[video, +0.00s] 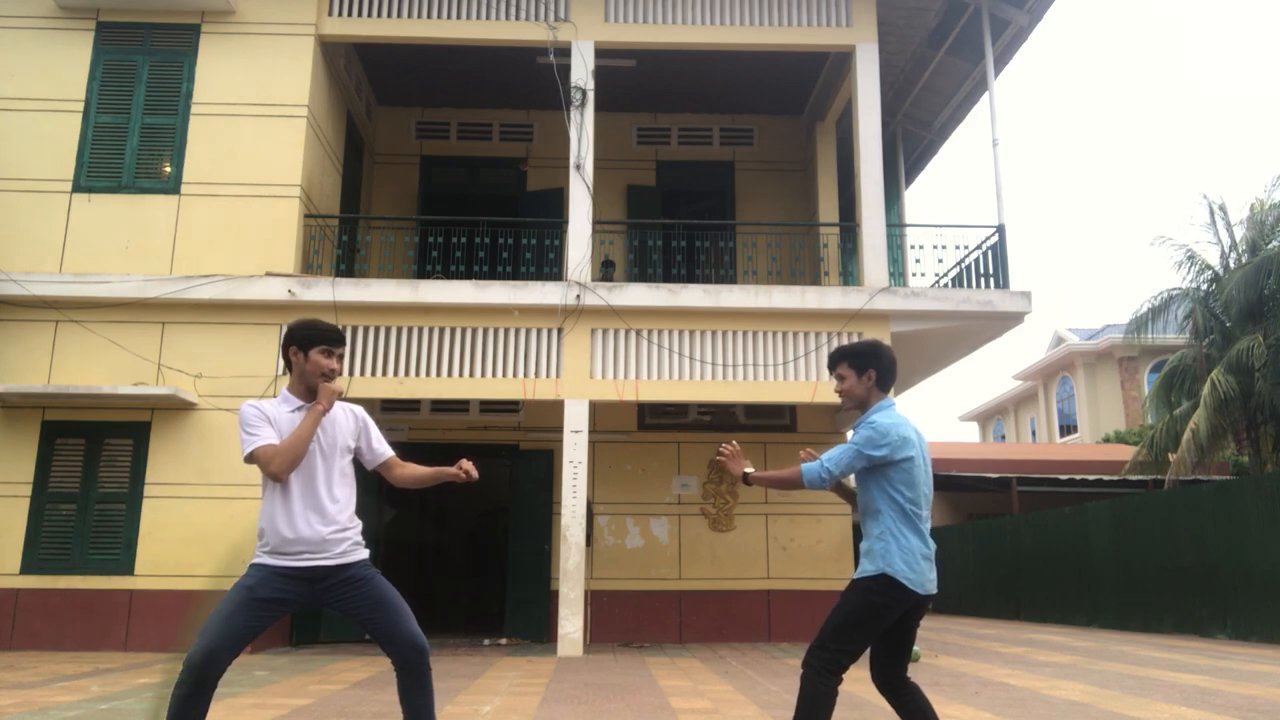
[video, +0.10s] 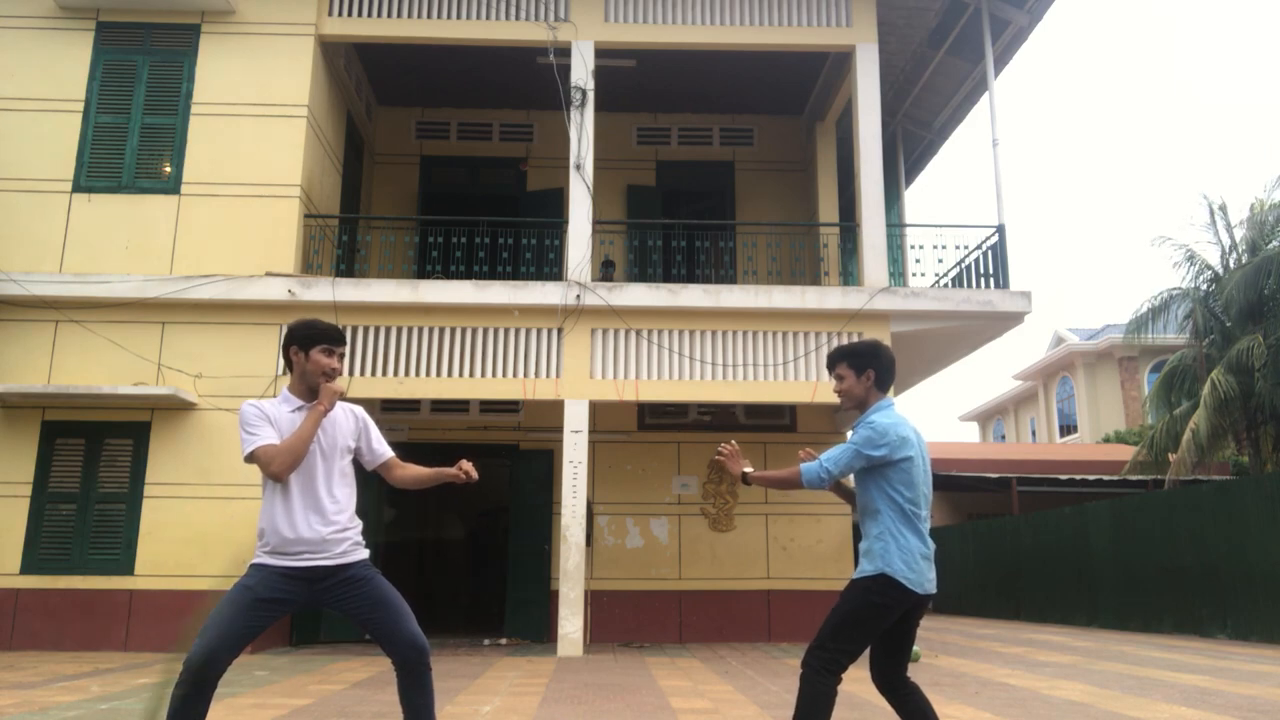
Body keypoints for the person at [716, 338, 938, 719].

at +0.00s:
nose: (836, 387)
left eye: (842, 378)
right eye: (835, 379)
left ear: (870, 378)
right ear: (869, 380)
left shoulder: (881, 427)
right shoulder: (902, 429)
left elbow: (817, 473)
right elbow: (875, 508)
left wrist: (747, 475)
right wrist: (830, 479)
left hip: (888, 573)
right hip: (915, 575)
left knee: (821, 666)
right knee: (890, 677)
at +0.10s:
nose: (835, 387)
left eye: (841, 378)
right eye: (834, 379)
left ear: (868, 378)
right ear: (869, 380)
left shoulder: (880, 427)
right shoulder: (902, 429)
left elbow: (816, 473)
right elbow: (874, 507)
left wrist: (747, 474)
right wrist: (829, 478)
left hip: (887, 573)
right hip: (915, 576)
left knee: (820, 666)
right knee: (890, 676)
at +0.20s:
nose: (834, 388)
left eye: (839, 378)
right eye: (833, 380)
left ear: (867, 378)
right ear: (867, 380)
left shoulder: (879, 427)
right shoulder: (900, 428)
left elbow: (815, 473)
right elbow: (873, 508)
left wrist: (746, 474)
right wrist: (829, 479)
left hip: (886, 573)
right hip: (914, 576)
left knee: (819, 665)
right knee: (890, 677)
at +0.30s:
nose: (833, 388)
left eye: (838, 378)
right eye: (832, 380)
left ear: (866, 378)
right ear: (866, 380)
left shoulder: (878, 427)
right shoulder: (899, 428)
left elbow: (814, 474)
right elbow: (873, 508)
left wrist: (745, 474)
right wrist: (828, 479)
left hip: (886, 573)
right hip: (913, 575)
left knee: (819, 665)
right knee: (889, 677)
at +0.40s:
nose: (832, 388)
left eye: (838, 378)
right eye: (831, 380)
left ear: (866, 378)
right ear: (866, 380)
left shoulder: (877, 427)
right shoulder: (899, 428)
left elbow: (814, 473)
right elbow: (872, 508)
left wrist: (745, 474)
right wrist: (828, 479)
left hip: (885, 573)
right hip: (913, 575)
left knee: (818, 665)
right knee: (889, 677)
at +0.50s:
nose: (832, 387)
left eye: (837, 378)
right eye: (831, 379)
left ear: (865, 377)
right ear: (865, 379)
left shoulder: (877, 426)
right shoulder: (897, 427)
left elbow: (814, 472)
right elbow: (871, 506)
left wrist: (745, 473)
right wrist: (826, 478)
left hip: (885, 572)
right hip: (912, 575)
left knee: (818, 665)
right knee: (890, 676)